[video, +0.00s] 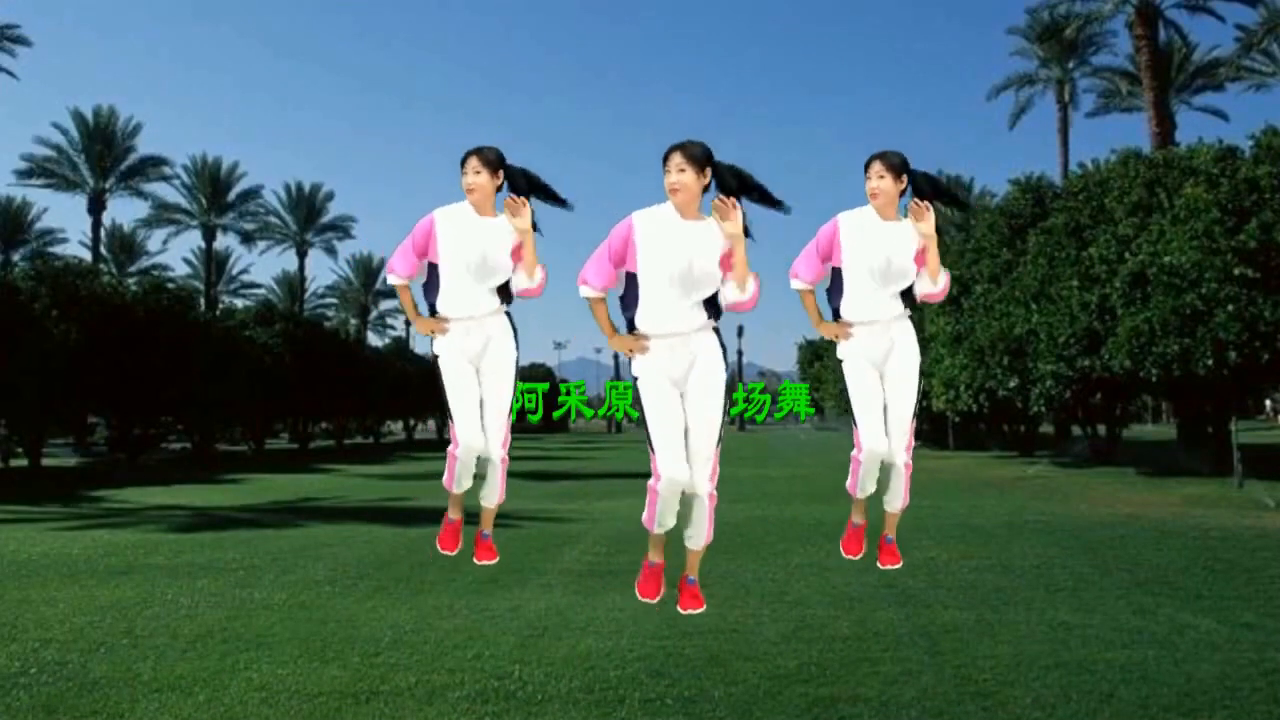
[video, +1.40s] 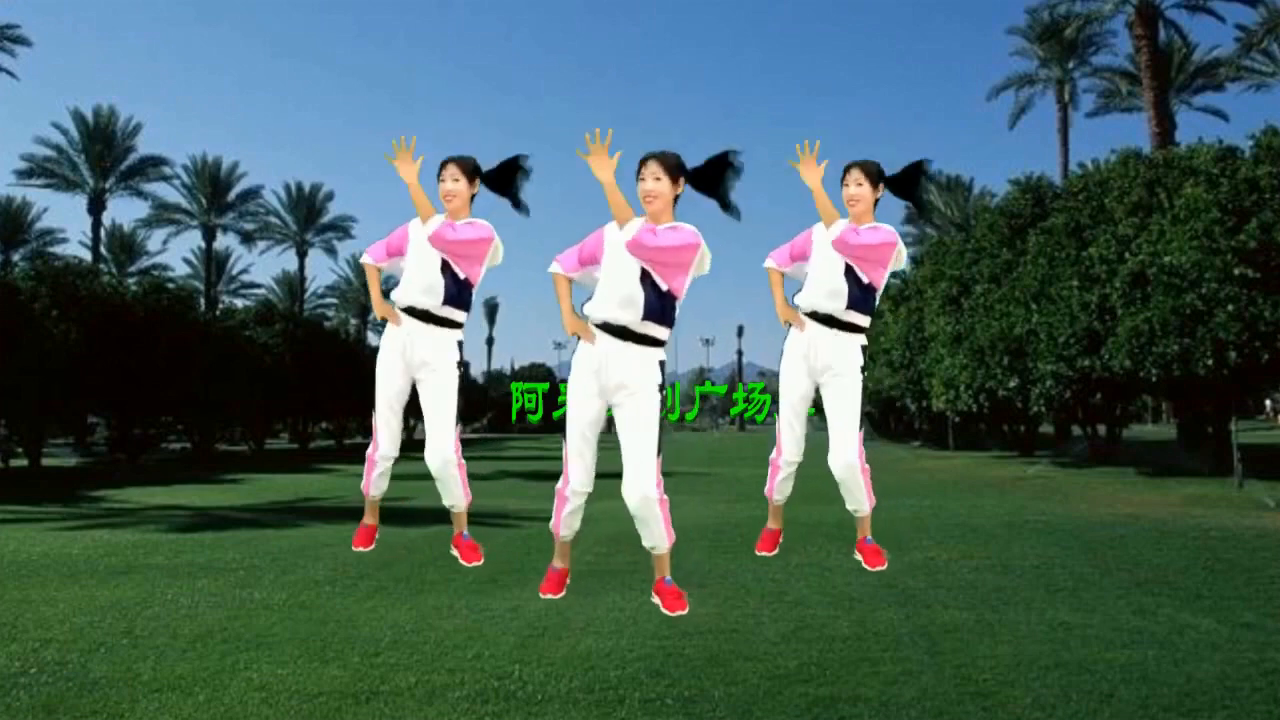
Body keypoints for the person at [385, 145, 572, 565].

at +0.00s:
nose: (469, 179)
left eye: (478, 172)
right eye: (465, 172)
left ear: (498, 179)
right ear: (460, 179)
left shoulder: (512, 227)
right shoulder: (439, 221)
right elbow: (398, 270)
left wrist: (527, 232)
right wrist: (416, 318)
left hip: (496, 332)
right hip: (452, 333)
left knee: (496, 439)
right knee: (469, 440)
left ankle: (485, 533)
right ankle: (454, 514)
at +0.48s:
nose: (452, 180)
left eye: (460, 173)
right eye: (448, 173)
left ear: (479, 180)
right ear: (443, 180)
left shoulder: (497, 226)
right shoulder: (426, 225)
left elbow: (483, 261)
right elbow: (384, 261)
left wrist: (471, 206)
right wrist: (403, 306)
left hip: (468, 340)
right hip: (423, 334)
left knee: (461, 453)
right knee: (410, 441)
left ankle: (483, 529)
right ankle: (386, 523)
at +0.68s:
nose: (449, 140)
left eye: (458, 134)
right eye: (447, 133)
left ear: (479, 142)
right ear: (446, 142)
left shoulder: (496, 187)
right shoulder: (426, 187)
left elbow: (512, 217)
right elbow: (386, 223)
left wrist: (494, 162)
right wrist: (402, 267)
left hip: (471, 300)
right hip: (426, 296)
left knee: (476, 415)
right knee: (409, 408)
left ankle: (486, 522)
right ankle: (391, 497)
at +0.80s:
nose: (455, 138)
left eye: (465, 133)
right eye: (453, 132)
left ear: (486, 143)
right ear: (449, 140)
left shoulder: (497, 186)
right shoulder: (427, 183)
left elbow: (508, 224)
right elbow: (386, 223)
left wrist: (498, 166)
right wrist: (403, 272)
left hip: (476, 293)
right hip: (432, 292)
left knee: (477, 411)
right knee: (428, 410)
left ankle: (479, 521)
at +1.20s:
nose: (462, 149)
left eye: (470, 142)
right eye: (458, 142)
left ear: (485, 155)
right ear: (451, 150)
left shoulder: (492, 202)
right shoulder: (426, 190)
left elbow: (455, 195)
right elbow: (380, 230)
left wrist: (477, 151)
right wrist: (390, 278)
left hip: (460, 302)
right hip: (417, 298)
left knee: (467, 421)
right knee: (409, 419)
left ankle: (475, 523)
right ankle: (401, 496)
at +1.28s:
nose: (457, 155)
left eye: (468, 147)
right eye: (453, 147)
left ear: (484, 156)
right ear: (446, 153)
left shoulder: (489, 201)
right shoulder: (423, 193)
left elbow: (444, 196)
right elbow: (377, 230)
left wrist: (449, 146)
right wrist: (387, 276)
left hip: (452, 307)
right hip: (409, 302)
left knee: (459, 423)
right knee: (398, 419)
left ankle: (470, 525)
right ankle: (382, 506)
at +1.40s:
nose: (447, 188)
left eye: (456, 180)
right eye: (442, 181)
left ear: (474, 187)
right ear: (438, 187)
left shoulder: (482, 234)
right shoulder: (419, 227)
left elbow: (440, 233)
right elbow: (372, 257)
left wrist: (411, 183)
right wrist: (378, 301)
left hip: (442, 343)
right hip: (400, 333)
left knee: (442, 451)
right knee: (385, 439)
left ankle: (461, 534)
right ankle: (369, 519)